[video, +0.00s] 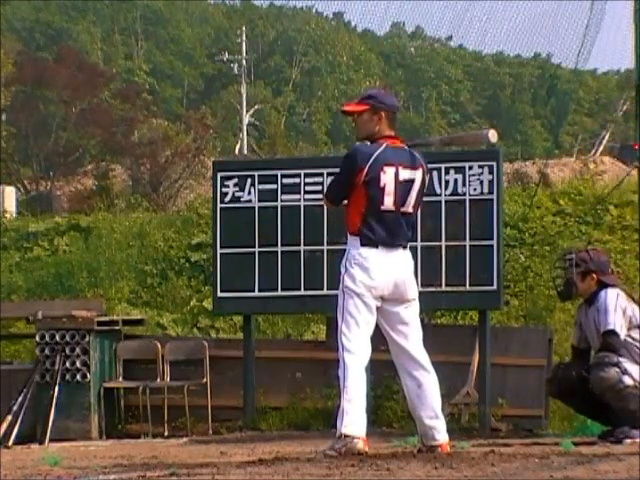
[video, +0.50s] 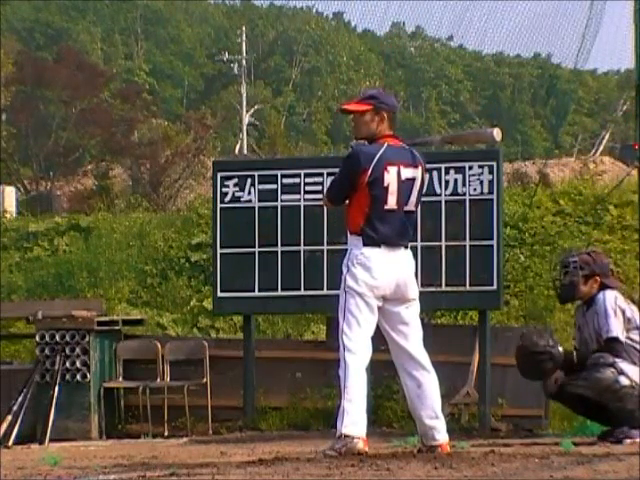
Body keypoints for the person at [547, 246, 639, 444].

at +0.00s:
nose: (567, 281)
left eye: (573, 276)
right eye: (568, 275)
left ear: (592, 278)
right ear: (589, 279)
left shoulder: (609, 297)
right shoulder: (583, 309)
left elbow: (611, 344)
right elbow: (580, 353)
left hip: (634, 370)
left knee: (602, 370)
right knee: (560, 378)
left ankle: (632, 426)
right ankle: (618, 424)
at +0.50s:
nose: (566, 282)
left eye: (574, 277)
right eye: (566, 276)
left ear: (595, 282)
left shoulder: (607, 299)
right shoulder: (581, 311)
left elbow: (615, 349)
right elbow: (584, 356)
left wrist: (570, 362)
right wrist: (559, 367)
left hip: (634, 371)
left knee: (601, 370)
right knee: (557, 385)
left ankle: (632, 425)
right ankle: (618, 424)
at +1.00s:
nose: (558, 278)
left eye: (565, 272)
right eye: (557, 272)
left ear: (586, 275)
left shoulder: (604, 290)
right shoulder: (576, 302)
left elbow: (626, 338)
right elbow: (587, 343)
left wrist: (585, 353)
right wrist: (571, 358)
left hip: (635, 354)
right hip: (603, 360)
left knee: (615, 361)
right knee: (560, 373)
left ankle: (634, 423)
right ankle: (618, 420)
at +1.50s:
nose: (571, 282)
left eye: (579, 276)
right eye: (571, 275)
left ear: (601, 281)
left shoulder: (615, 299)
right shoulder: (591, 307)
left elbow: (622, 349)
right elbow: (603, 348)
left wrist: (582, 349)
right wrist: (566, 360)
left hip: (634, 371)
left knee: (606, 367)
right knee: (559, 378)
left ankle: (633, 425)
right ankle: (617, 423)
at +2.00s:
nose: (577, 281)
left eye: (585, 276)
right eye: (577, 275)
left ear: (606, 282)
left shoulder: (618, 300)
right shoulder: (593, 308)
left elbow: (625, 351)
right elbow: (603, 351)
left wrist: (584, 347)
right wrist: (565, 361)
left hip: (633, 373)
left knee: (607, 367)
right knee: (557, 379)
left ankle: (632, 426)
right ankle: (617, 423)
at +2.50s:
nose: (577, 279)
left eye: (584, 273)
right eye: (577, 274)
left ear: (607, 278)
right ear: (604, 279)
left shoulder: (621, 299)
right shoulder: (598, 307)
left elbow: (623, 351)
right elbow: (592, 346)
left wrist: (577, 353)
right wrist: (565, 343)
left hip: (635, 375)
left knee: (605, 367)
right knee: (557, 379)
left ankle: (634, 426)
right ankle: (619, 424)